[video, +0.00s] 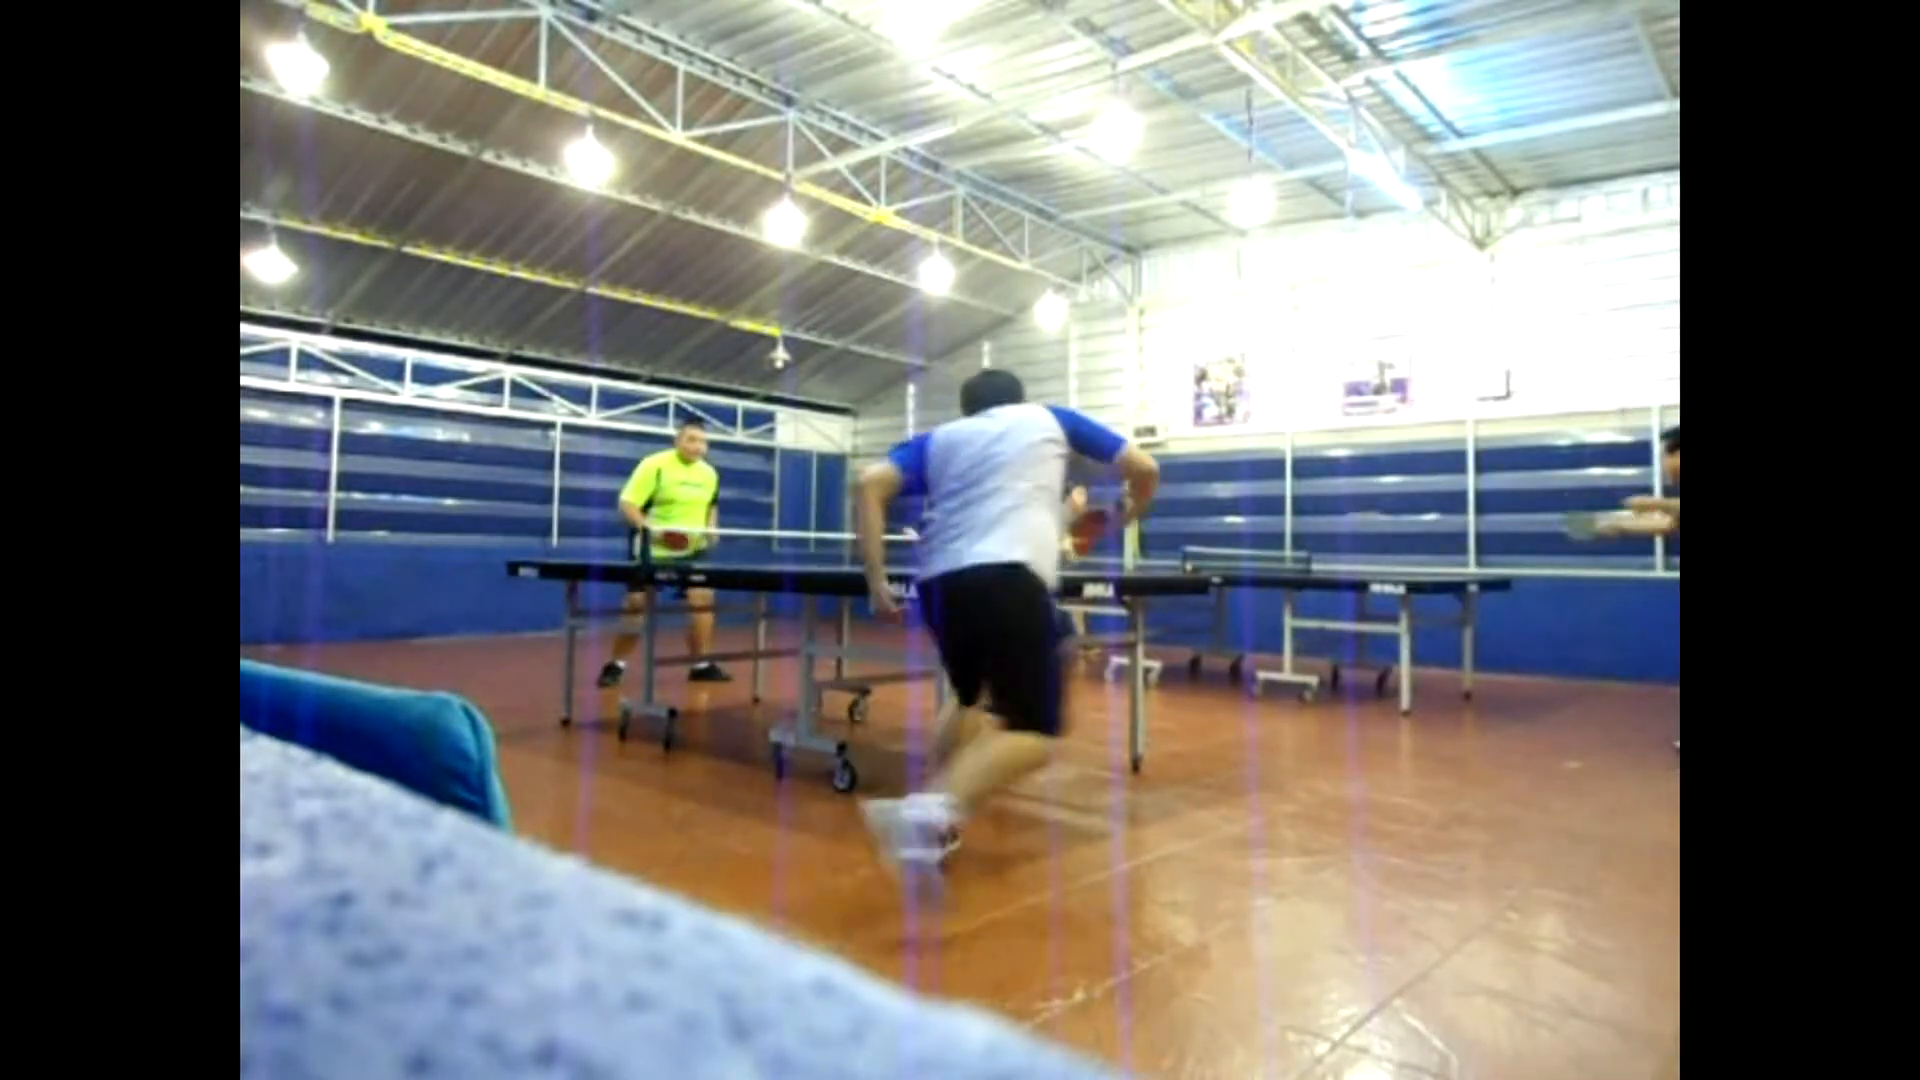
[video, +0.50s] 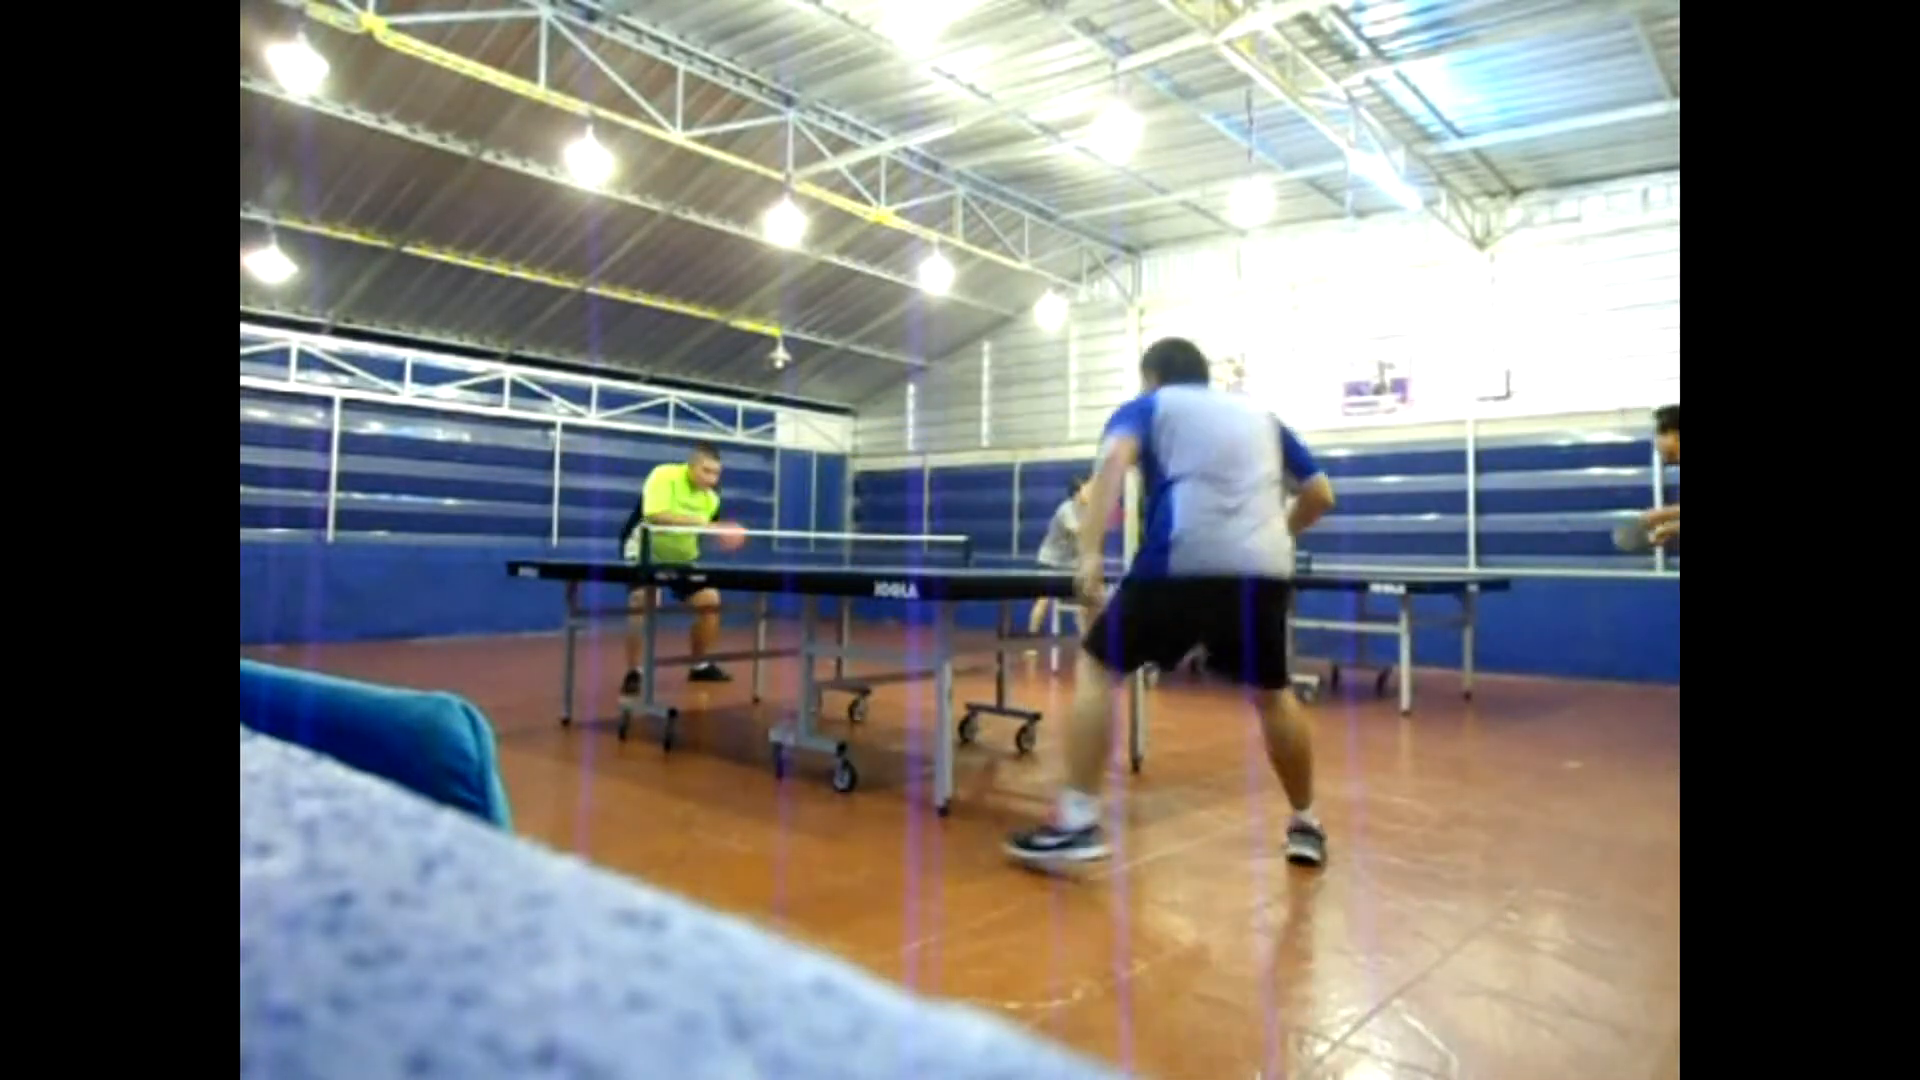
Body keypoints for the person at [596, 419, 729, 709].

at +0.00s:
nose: (696, 446)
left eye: (701, 441)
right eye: (691, 439)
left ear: (706, 445)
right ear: (678, 440)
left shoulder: (709, 474)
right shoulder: (654, 465)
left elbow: (710, 507)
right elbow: (627, 503)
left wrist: (711, 529)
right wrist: (649, 526)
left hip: (692, 550)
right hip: (655, 549)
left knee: (703, 599)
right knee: (636, 604)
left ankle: (702, 660)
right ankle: (617, 663)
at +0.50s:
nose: (712, 478)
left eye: (716, 473)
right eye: (707, 471)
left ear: (718, 473)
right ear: (691, 466)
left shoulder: (711, 499)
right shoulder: (663, 476)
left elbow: (704, 526)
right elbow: (654, 513)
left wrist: (724, 536)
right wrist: (699, 522)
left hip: (683, 556)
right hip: (648, 554)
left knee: (709, 601)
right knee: (642, 601)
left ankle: (701, 663)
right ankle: (634, 670)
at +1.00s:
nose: (710, 447)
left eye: (714, 442)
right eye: (704, 440)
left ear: (717, 448)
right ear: (690, 440)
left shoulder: (719, 481)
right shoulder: (664, 456)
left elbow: (721, 516)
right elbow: (621, 469)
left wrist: (733, 523)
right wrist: (577, 476)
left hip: (693, 548)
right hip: (651, 542)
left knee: (706, 600)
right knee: (634, 598)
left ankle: (701, 662)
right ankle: (618, 663)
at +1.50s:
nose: (656, 433)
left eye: (661, 427)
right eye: (651, 426)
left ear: (666, 430)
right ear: (637, 427)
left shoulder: (675, 462)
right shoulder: (613, 453)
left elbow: (686, 497)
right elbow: (597, 487)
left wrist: (673, 513)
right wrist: (606, 509)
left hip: (661, 540)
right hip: (619, 540)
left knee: (669, 600)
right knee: (610, 603)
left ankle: (668, 659)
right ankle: (599, 660)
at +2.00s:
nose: (600, 454)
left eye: (603, 447)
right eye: (593, 448)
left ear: (612, 444)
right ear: (583, 449)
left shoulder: (635, 464)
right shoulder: (572, 478)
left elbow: (666, 496)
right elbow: (569, 520)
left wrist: (649, 521)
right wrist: (549, 534)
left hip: (644, 546)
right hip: (600, 552)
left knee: (669, 594)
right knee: (593, 605)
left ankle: (667, 644)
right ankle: (585, 667)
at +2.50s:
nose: (645, 415)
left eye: (645, 410)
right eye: (637, 409)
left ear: (647, 417)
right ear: (621, 416)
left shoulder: (648, 443)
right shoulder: (621, 438)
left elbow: (654, 489)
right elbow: (655, 454)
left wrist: (670, 514)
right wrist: (677, 457)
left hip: (654, 527)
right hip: (625, 528)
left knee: (670, 591)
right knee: (633, 595)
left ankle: (686, 656)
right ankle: (614, 666)